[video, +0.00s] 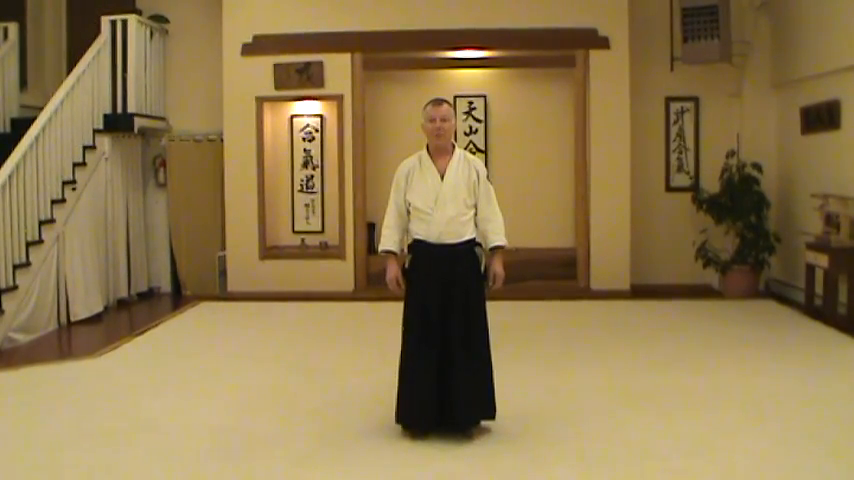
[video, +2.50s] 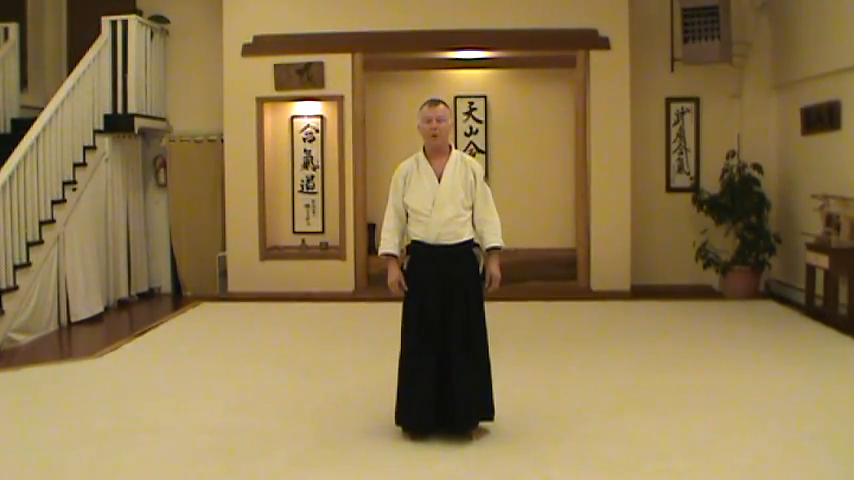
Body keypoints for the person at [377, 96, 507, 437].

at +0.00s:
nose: (439, 126)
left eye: (445, 120)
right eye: (432, 120)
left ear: (455, 124)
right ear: (423, 126)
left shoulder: (472, 166)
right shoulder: (408, 168)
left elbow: (488, 211)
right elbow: (395, 214)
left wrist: (495, 255)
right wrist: (391, 258)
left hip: (463, 259)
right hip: (423, 259)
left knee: (464, 334)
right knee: (423, 335)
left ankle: (464, 415)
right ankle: (420, 416)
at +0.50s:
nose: (438, 128)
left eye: (444, 122)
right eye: (432, 123)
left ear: (455, 126)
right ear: (423, 128)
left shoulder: (472, 167)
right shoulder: (408, 169)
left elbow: (488, 212)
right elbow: (395, 216)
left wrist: (495, 256)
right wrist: (392, 260)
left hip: (463, 260)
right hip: (424, 260)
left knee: (464, 335)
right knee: (422, 336)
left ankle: (463, 416)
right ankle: (419, 416)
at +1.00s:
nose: (437, 128)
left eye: (443, 122)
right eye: (431, 123)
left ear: (454, 125)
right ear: (421, 128)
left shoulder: (471, 166)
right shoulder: (408, 170)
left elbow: (486, 211)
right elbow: (394, 216)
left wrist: (494, 256)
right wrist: (392, 261)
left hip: (462, 260)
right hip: (423, 260)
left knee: (463, 336)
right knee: (422, 336)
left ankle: (463, 416)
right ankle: (420, 417)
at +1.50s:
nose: (435, 126)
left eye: (442, 120)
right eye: (429, 120)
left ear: (453, 124)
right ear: (420, 127)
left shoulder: (470, 166)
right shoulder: (406, 170)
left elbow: (486, 212)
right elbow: (393, 217)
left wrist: (494, 256)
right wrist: (391, 262)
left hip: (462, 260)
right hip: (422, 260)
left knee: (463, 335)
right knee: (422, 336)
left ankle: (463, 416)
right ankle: (419, 417)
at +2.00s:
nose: (435, 127)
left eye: (441, 121)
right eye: (428, 121)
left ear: (452, 125)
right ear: (419, 127)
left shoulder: (470, 167)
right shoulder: (406, 170)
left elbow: (486, 212)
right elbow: (393, 217)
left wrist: (494, 256)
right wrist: (391, 261)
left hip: (462, 260)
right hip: (422, 260)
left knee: (463, 336)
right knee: (422, 337)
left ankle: (464, 416)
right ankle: (420, 418)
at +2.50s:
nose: (435, 126)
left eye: (441, 120)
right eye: (428, 120)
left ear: (451, 125)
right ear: (419, 127)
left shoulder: (469, 167)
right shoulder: (406, 170)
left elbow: (485, 212)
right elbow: (394, 217)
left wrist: (492, 256)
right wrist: (392, 262)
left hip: (461, 260)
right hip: (422, 260)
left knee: (463, 336)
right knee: (422, 336)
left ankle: (463, 416)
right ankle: (420, 417)